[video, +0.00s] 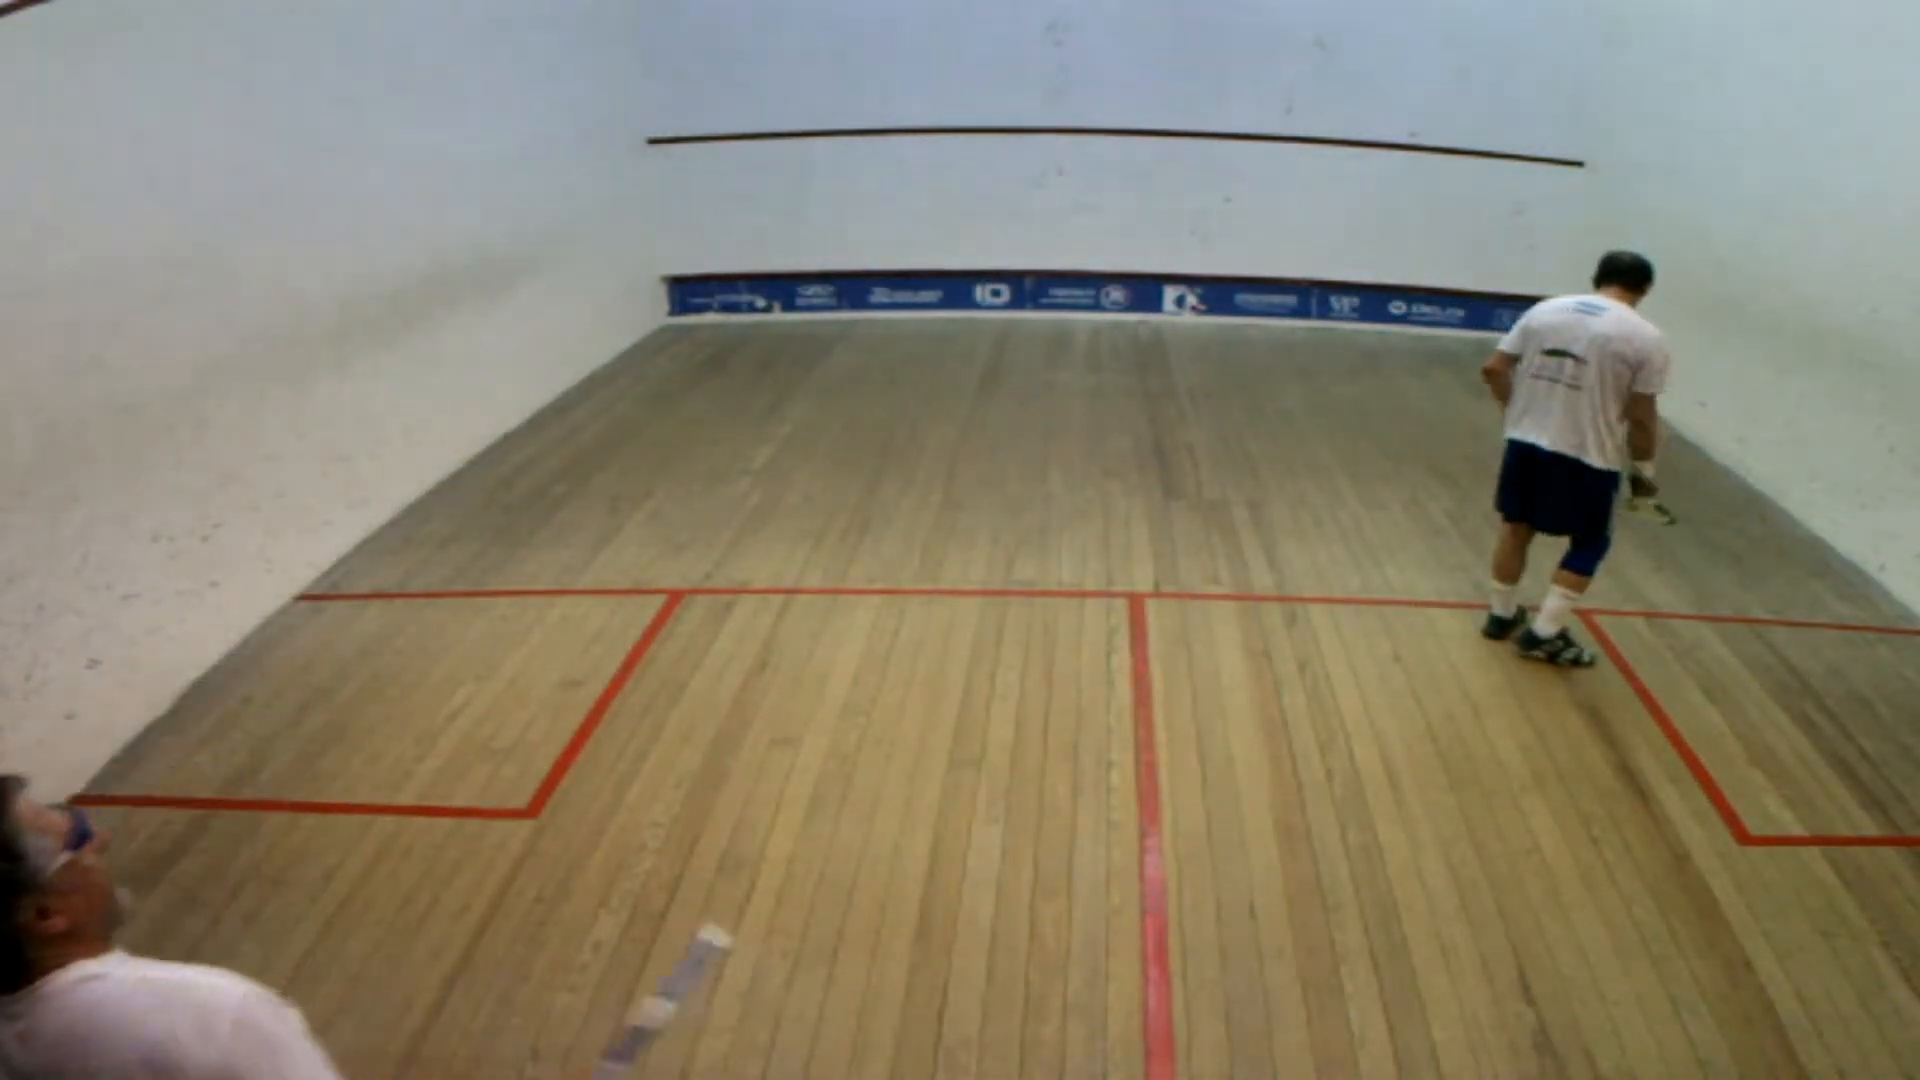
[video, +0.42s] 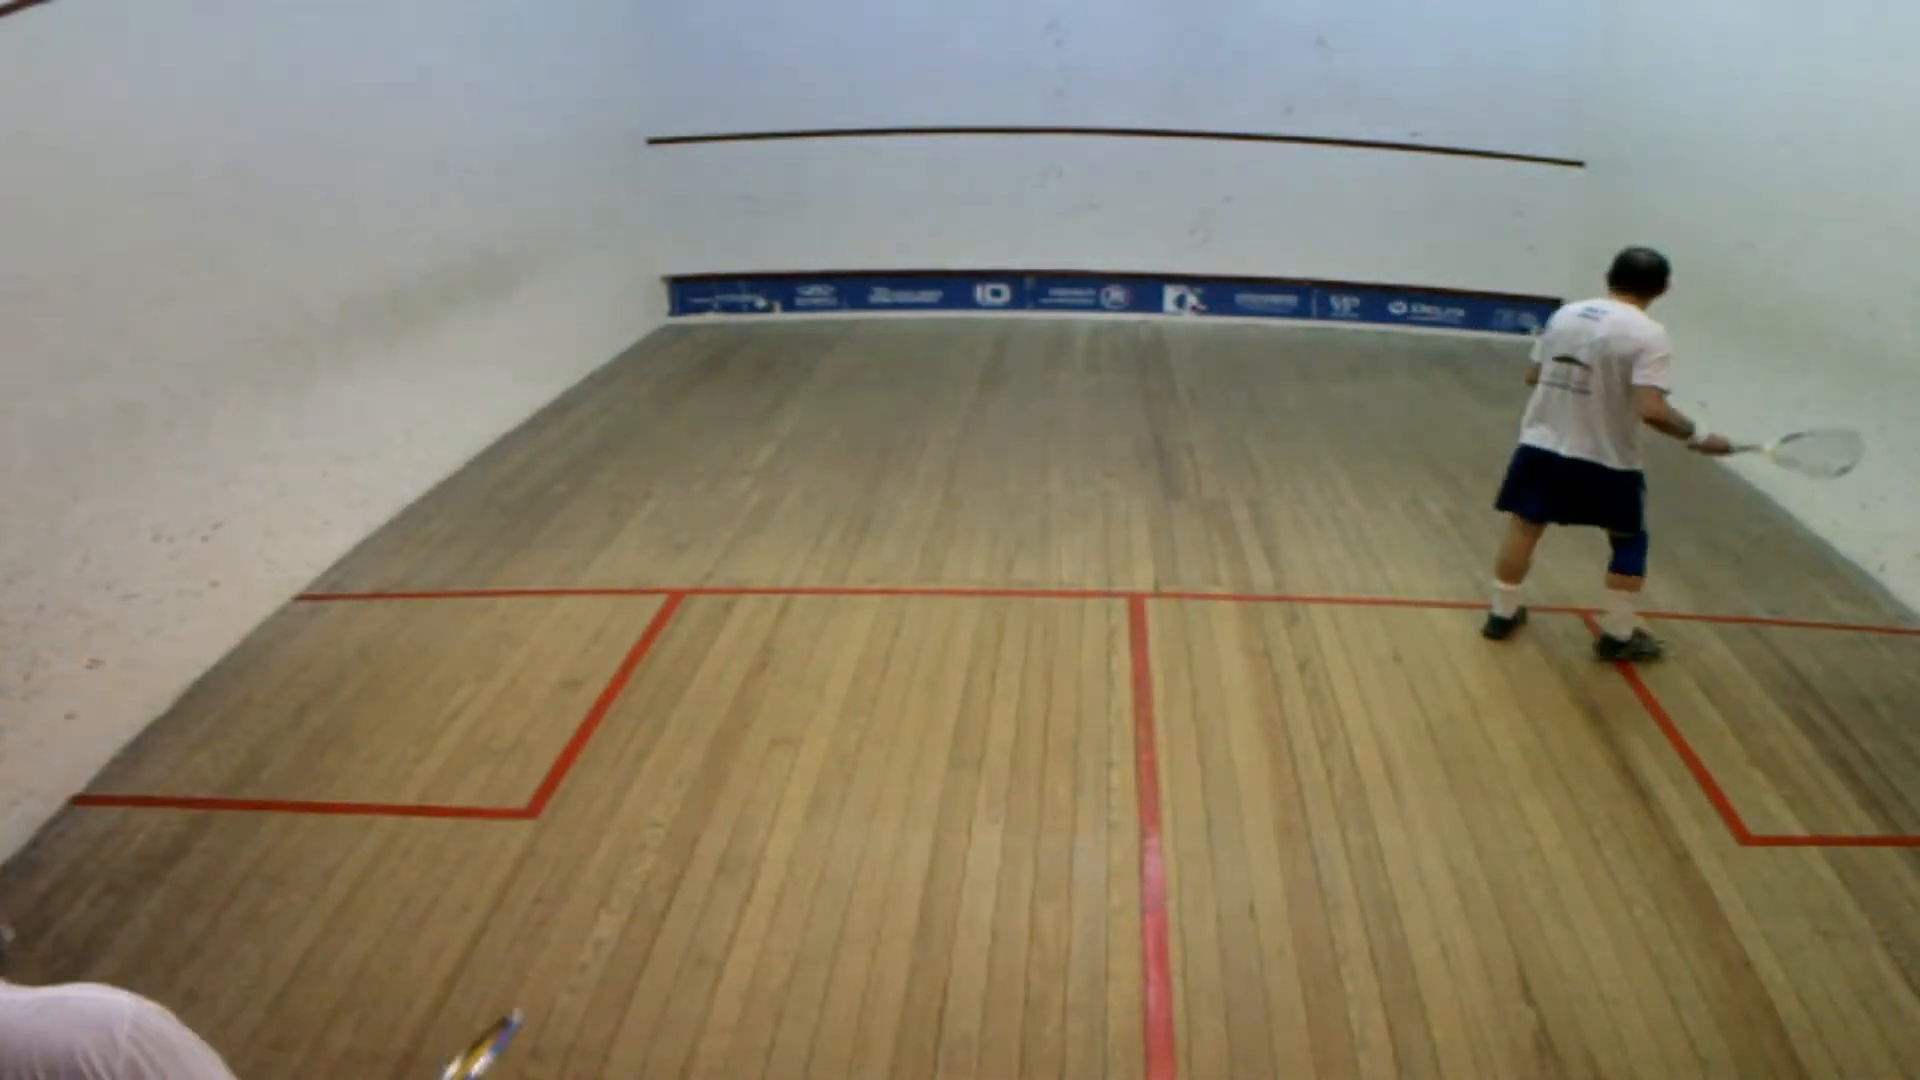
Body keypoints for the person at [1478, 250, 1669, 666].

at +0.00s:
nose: (1640, 299)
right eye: (1644, 294)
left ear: (1597, 280)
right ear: (1640, 290)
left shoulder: (1547, 310)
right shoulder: (1644, 337)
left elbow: (1495, 368)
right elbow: (1641, 416)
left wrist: (1520, 413)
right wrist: (1643, 470)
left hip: (1526, 445)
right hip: (1589, 460)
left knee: (1516, 528)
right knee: (1590, 542)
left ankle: (1500, 613)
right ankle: (1545, 630)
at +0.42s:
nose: (1662, 294)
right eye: (1662, 288)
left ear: (1612, 278)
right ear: (1658, 290)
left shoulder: (1568, 314)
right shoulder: (1649, 335)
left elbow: (1534, 375)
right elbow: (1650, 410)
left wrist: (1585, 382)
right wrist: (1696, 436)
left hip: (1542, 450)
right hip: (1608, 463)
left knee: (1524, 528)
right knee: (1629, 542)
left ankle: (1501, 613)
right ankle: (1618, 632)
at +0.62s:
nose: (1707, 302)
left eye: (1706, 294)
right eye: (1707, 295)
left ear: (1655, 286)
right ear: (1700, 300)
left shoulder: (1614, 322)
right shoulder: (1684, 343)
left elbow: (1612, 386)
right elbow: (1685, 416)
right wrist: (1757, 419)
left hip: (1577, 451)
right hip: (1640, 470)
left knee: (1543, 535)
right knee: (1646, 555)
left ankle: (1502, 614)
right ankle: (1640, 637)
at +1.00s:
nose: (1759, 311)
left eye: (1758, 303)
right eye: (1760, 304)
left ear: (1712, 292)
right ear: (1751, 309)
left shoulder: (1672, 324)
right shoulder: (1725, 356)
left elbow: (1672, 391)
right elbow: (1739, 428)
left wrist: (1739, 398)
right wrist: (1807, 408)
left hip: (1614, 450)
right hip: (1672, 477)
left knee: (1572, 526)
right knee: (1663, 558)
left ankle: (1512, 603)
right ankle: (1640, 636)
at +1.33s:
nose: (1791, 323)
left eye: (1789, 313)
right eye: (1791, 316)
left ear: (1741, 300)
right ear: (1780, 320)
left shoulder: (1700, 324)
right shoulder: (1746, 369)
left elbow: (1668, 343)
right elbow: (1798, 432)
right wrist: (1862, 399)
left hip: (1623, 449)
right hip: (1677, 484)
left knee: (1579, 524)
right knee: (1672, 559)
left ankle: (1516, 598)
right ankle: (1640, 636)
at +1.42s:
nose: (1793, 331)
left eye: (1795, 323)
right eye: (1793, 323)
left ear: (1743, 307)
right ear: (1779, 324)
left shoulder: (1698, 328)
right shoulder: (1756, 373)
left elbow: (1630, 338)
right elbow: (1825, 434)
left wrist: (1648, 351)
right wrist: (1886, 418)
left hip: (1623, 451)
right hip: (1679, 487)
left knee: (1574, 525)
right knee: (1685, 551)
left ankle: (1510, 595)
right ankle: (1641, 634)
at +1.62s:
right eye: (1766, 294)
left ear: (1714, 294)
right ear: (1766, 300)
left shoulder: (1678, 339)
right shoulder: (1780, 352)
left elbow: (1600, 370)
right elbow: (1808, 358)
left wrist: (1607, 364)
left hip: (1635, 455)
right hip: (1701, 479)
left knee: (1589, 495)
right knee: (1672, 557)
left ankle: (1555, 565)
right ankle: (1644, 633)